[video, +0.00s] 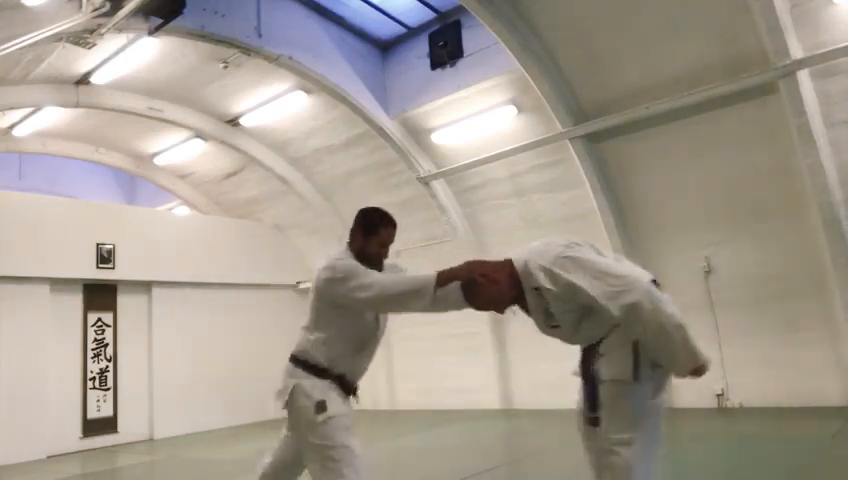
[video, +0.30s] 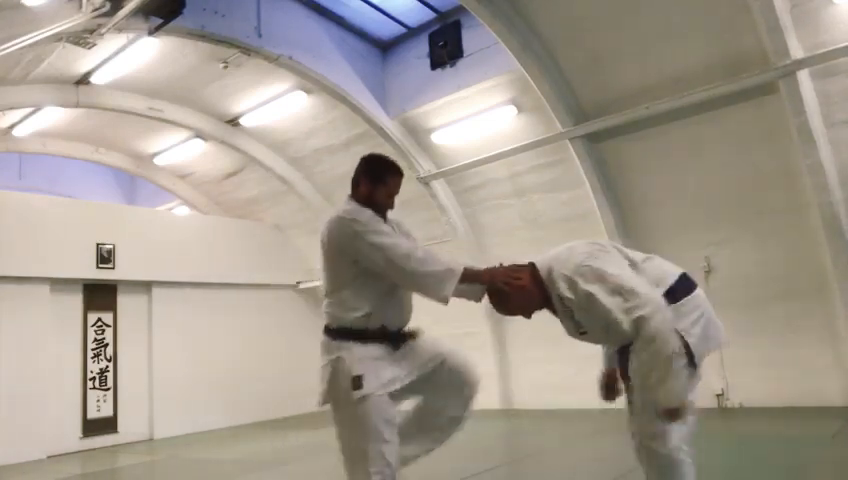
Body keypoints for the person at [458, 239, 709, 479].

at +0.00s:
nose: (499, 310)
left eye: (490, 303)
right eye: (490, 309)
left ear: (488, 278)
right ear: (488, 276)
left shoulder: (551, 264)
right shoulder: (528, 285)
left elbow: (636, 296)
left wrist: (684, 357)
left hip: (629, 330)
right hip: (601, 341)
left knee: (620, 440)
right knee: (596, 431)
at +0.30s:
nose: (524, 315)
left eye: (515, 307)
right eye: (515, 313)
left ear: (518, 280)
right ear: (519, 278)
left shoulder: (575, 269)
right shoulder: (559, 284)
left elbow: (652, 311)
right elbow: (615, 317)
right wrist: (610, 367)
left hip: (676, 320)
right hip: (646, 328)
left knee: (658, 438)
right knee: (647, 436)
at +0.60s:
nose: (546, 297)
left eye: (541, 292)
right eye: (538, 295)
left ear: (547, 269)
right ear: (544, 264)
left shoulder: (605, 257)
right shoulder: (577, 261)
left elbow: (615, 340)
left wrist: (561, 376)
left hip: (689, 319)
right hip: (658, 325)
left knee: (673, 437)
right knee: (649, 434)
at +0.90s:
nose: (575, 293)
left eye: (570, 286)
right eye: (567, 291)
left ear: (577, 261)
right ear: (576, 259)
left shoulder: (642, 250)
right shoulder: (598, 269)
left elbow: (725, 291)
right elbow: (628, 316)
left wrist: (717, 371)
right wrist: (634, 356)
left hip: (717, 327)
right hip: (674, 341)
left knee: (708, 435)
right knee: (667, 431)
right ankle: (681, 475)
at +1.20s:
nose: (599, 284)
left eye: (595, 275)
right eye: (590, 282)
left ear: (601, 243)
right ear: (596, 247)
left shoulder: (664, 231)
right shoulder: (611, 278)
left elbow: (761, 253)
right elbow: (639, 310)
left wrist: (826, 313)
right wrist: (642, 351)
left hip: (730, 313)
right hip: (682, 333)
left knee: (752, 422)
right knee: (690, 429)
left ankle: (779, 472)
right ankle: (711, 475)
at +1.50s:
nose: (648, 280)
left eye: (645, 270)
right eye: (638, 277)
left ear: (651, 238)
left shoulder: (716, 224)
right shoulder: (644, 273)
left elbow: (818, 254)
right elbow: (677, 312)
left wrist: (837, 338)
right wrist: (687, 358)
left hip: (782, 310)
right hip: (724, 329)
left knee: (804, 426)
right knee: (718, 432)